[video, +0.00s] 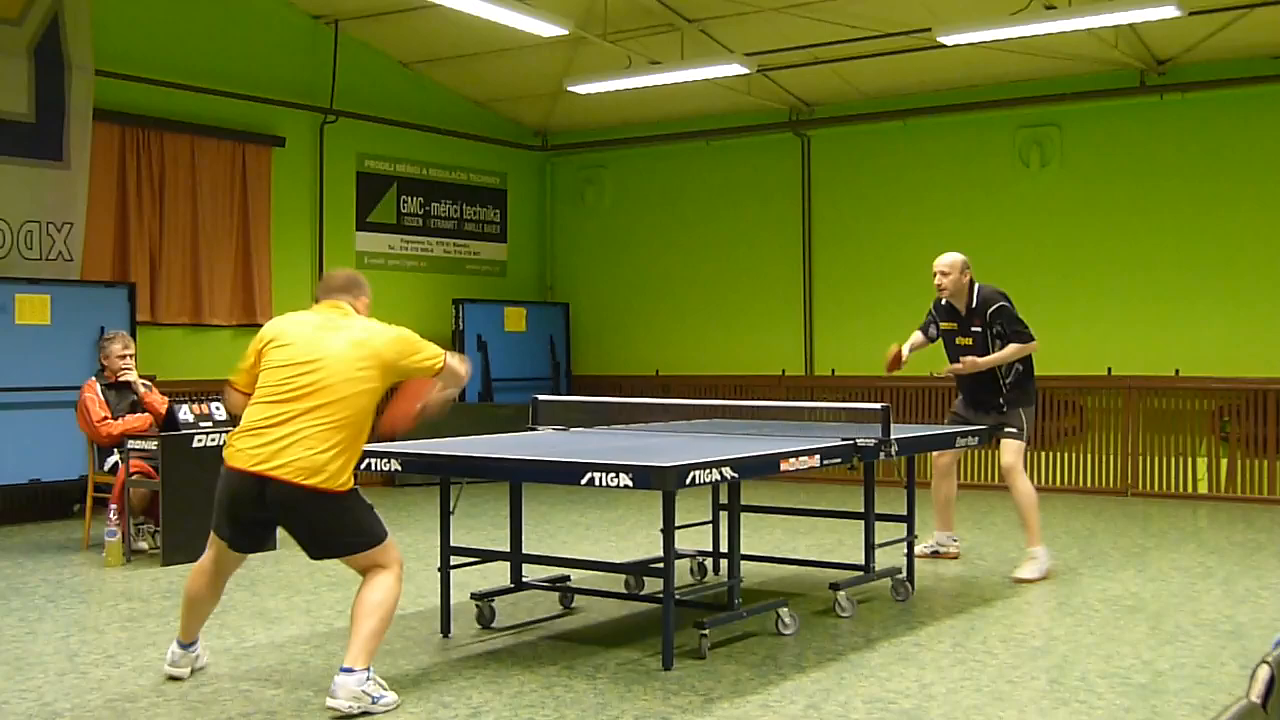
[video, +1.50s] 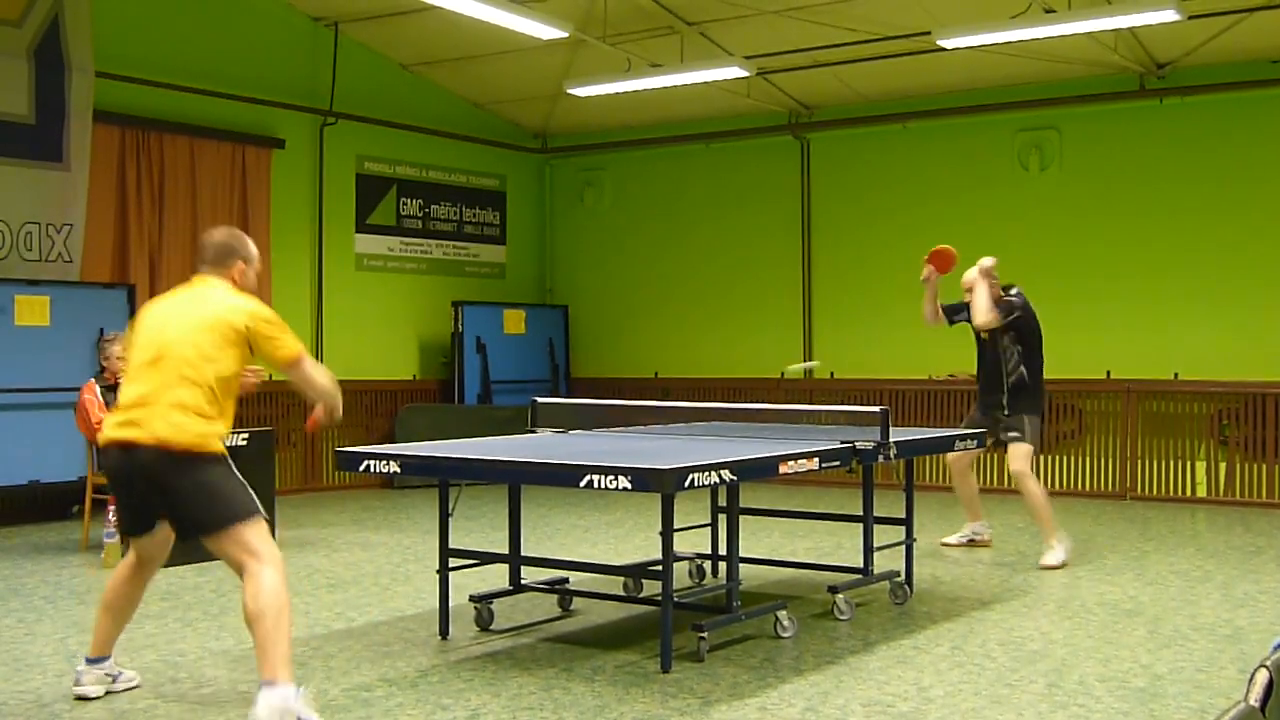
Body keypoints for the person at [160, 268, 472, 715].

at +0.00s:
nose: (371, 311)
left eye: (368, 306)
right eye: (369, 305)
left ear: (319, 300)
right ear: (361, 303)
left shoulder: (278, 327)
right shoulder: (383, 338)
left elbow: (235, 400)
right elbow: (458, 368)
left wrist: (287, 415)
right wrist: (434, 396)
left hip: (242, 470)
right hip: (314, 483)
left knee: (215, 560)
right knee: (383, 566)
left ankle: (183, 649)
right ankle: (354, 677)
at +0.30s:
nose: (357, 306)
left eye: (356, 298)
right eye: (356, 299)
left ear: (303, 296)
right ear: (344, 299)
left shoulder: (251, 327)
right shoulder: (355, 340)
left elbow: (197, 386)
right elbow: (437, 374)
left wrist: (242, 420)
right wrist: (483, 370)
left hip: (218, 471)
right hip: (287, 481)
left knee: (211, 553)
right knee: (362, 564)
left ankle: (157, 655)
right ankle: (350, 680)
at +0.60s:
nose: (317, 300)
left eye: (317, 291)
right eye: (317, 291)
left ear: (266, 285)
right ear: (305, 289)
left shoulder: (218, 319)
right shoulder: (303, 334)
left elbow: (209, 384)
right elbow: (361, 422)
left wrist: (286, 400)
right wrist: (374, 408)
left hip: (160, 459)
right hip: (217, 466)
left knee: (159, 553)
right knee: (298, 566)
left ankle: (98, 655)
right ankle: (287, 693)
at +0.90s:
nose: (226, 317)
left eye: (223, 311)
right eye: (225, 311)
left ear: (173, 310)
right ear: (215, 311)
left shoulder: (128, 344)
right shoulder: (236, 346)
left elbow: (89, 391)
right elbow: (309, 386)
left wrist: (138, 404)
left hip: (121, 491)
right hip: (192, 493)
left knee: (113, 551)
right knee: (278, 576)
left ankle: (88, 660)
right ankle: (284, 693)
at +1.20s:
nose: (206, 298)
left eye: (206, 292)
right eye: (206, 291)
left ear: (152, 290)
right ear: (194, 289)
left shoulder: (109, 331)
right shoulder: (210, 328)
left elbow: (63, 398)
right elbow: (294, 369)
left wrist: (116, 409)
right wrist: (343, 382)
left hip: (104, 473)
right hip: (174, 471)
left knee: (112, 548)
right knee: (257, 566)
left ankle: (87, 660)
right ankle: (249, 686)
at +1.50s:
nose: (259, 276)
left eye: (258, 267)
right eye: (256, 267)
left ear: (203, 266)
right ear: (240, 268)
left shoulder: (153, 307)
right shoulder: (245, 308)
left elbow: (145, 372)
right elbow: (315, 380)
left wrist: (227, 377)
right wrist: (332, 404)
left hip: (120, 446)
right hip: (186, 449)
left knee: (147, 549)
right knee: (260, 559)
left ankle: (95, 666)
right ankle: (278, 691)